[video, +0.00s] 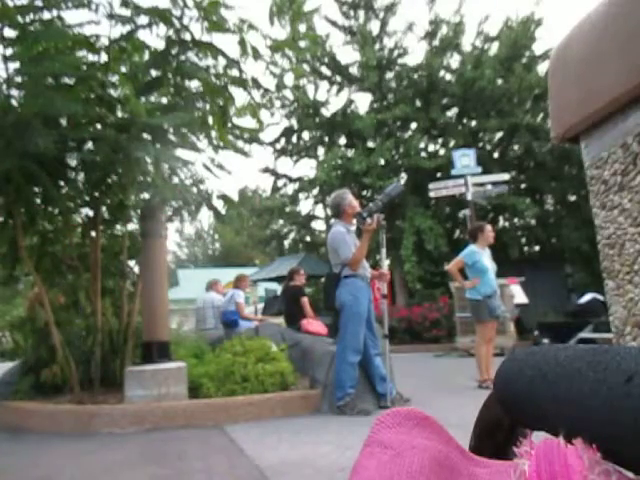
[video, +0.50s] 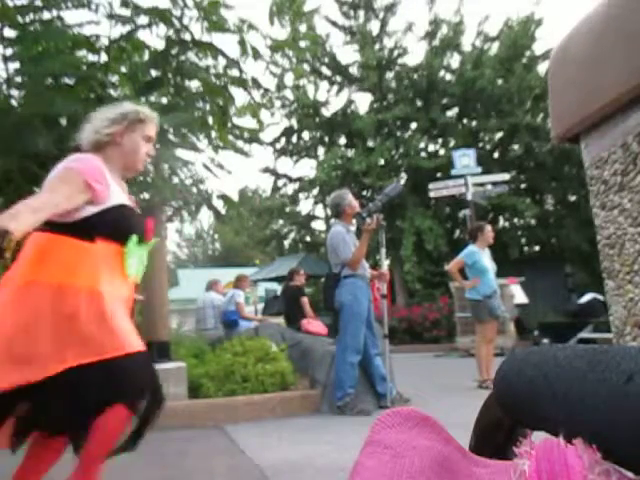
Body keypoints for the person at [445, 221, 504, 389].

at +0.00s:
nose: (493, 235)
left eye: (492, 232)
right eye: (489, 232)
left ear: (487, 235)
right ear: (480, 235)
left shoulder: (486, 251)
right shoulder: (472, 251)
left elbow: (484, 272)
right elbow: (452, 267)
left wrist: (493, 284)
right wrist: (462, 282)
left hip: (491, 294)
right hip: (478, 296)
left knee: (491, 338)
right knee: (483, 338)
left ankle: (489, 376)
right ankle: (483, 377)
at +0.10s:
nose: (493, 235)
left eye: (492, 232)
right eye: (489, 232)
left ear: (487, 235)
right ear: (480, 235)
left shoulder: (486, 251)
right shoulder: (472, 251)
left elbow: (484, 272)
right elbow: (452, 267)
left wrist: (493, 284)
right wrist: (462, 282)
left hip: (491, 294)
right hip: (478, 296)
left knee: (491, 338)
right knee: (483, 338)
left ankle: (489, 376)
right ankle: (483, 377)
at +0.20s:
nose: (492, 235)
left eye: (492, 232)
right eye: (489, 232)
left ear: (485, 235)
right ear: (480, 235)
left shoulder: (486, 251)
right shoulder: (471, 251)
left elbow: (485, 274)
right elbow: (452, 267)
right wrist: (463, 282)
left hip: (491, 295)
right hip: (478, 297)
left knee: (491, 338)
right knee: (483, 338)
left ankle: (489, 376)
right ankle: (483, 377)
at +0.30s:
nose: (492, 235)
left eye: (492, 232)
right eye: (489, 232)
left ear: (485, 235)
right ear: (480, 235)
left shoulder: (486, 251)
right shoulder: (471, 251)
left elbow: (485, 274)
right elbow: (452, 267)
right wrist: (463, 282)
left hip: (491, 295)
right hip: (478, 297)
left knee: (491, 338)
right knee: (483, 338)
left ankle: (489, 376)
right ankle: (483, 377)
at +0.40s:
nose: (492, 235)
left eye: (492, 232)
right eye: (489, 232)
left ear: (485, 235)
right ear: (480, 235)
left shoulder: (486, 251)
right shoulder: (471, 251)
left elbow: (485, 274)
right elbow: (452, 267)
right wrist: (462, 282)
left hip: (491, 295)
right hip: (478, 297)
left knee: (491, 338)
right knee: (483, 338)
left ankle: (489, 376)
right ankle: (483, 377)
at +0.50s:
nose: (492, 235)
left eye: (492, 232)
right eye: (489, 232)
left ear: (485, 235)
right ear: (480, 235)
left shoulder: (486, 251)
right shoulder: (471, 251)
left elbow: (485, 274)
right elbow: (452, 267)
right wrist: (462, 282)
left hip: (491, 295)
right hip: (478, 297)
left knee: (491, 338)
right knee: (483, 338)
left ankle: (489, 376)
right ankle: (483, 377)